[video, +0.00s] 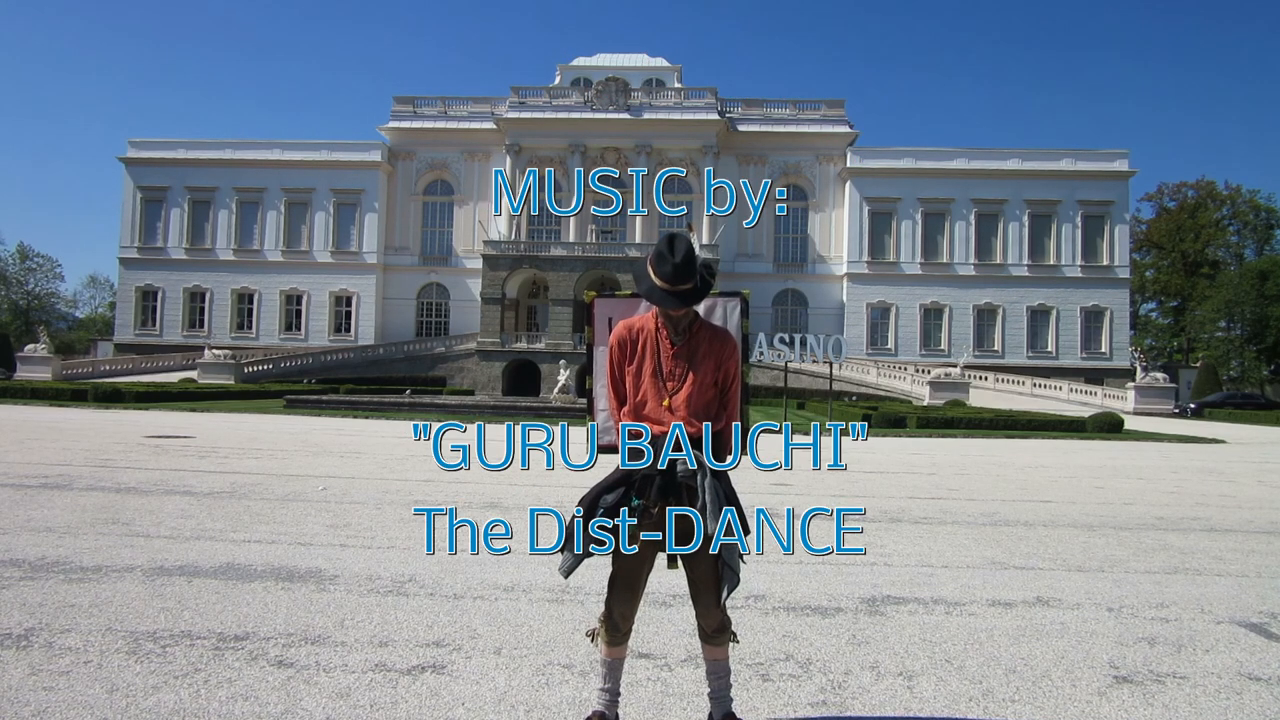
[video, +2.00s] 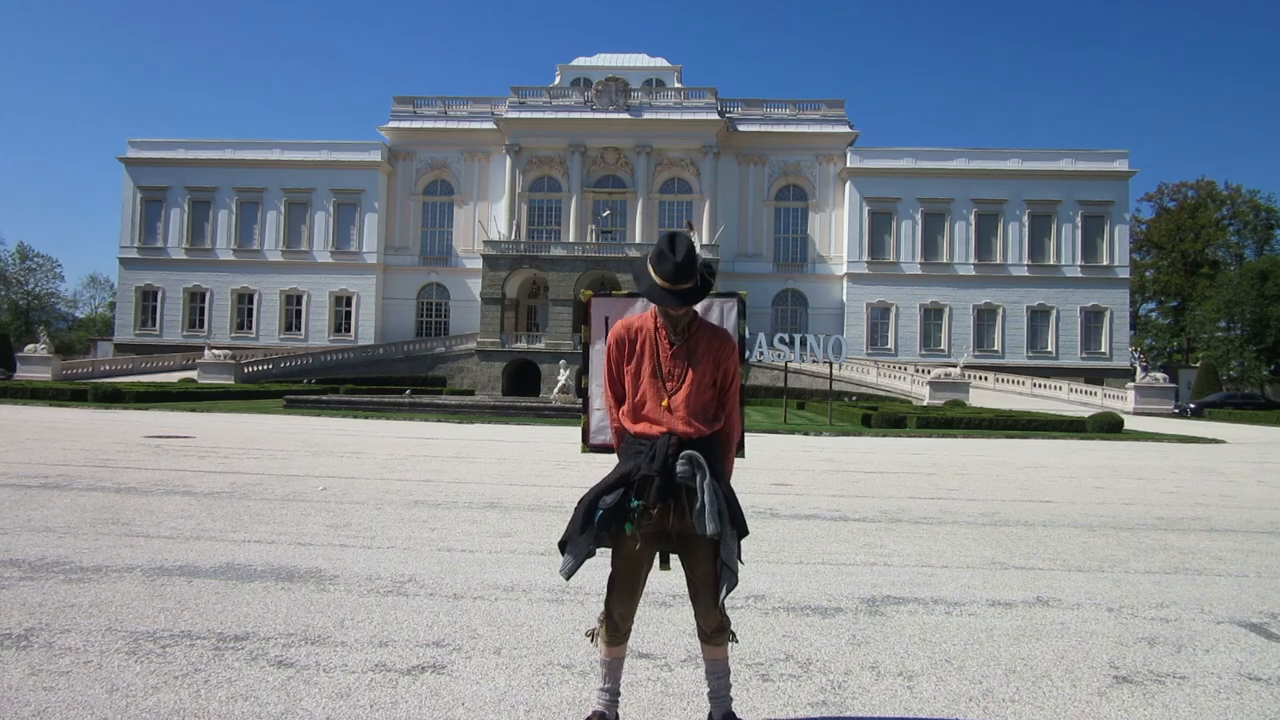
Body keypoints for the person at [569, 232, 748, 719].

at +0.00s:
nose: (677, 310)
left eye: (685, 300)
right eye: (668, 300)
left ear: (698, 291)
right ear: (652, 290)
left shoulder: (723, 345)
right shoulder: (626, 337)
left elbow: (730, 423)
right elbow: (620, 414)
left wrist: (707, 465)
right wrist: (653, 446)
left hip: (701, 492)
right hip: (642, 488)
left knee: (711, 604)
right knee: (621, 600)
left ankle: (721, 706)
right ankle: (607, 701)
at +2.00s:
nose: (677, 308)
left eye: (685, 300)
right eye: (668, 300)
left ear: (698, 293)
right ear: (653, 291)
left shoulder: (721, 344)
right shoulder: (624, 336)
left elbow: (729, 426)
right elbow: (617, 416)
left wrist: (718, 490)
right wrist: (643, 465)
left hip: (699, 490)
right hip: (639, 488)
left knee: (709, 606)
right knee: (620, 604)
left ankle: (721, 705)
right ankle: (607, 701)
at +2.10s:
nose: (678, 308)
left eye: (686, 299)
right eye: (669, 298)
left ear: (698, 292)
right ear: (652, 289)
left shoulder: (720, 344)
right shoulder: (623, 336)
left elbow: (741, 422)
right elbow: (615, 413)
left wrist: (751, 491)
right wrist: (633, 468)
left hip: (700, 486)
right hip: (639, 483)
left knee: (709, 603)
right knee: (621, 599)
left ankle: (721, 706)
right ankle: (607, 700)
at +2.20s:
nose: (676, 314)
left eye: (684, 305)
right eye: (667, 305)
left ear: (697, 298)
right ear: (652, 296)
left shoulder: (718, 342)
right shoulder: (622, 336)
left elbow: (756, 405)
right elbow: (612, 411)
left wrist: (780, 470)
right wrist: (633, 467)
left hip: (698, 481)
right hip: (638, 480)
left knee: (709, 603)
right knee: (620, 599)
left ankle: (720, 706)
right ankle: (606, 701)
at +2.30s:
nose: (678, 314)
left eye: (686, 304)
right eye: (669, 304)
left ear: (698, 297)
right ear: (653, 295)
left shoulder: (717, 338)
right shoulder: (623, 336)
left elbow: (775, 377)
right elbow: (611, 415)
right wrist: (631, 471)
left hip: (699, 481)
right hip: (639, 481)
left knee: (709, 603)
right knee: (620, 601)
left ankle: (721, 706)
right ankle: (606, 702)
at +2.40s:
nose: (679, 317)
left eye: (688, 308)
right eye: (670, 308)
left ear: (701, 299)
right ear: (654, 297)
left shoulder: (717, 335)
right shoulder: (625, 335)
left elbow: (779, 346)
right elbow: (612, 410)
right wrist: (629, 469)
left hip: (699, 478)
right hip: (638, 477)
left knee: (710, 600)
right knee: (621, 599)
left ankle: (721, 706)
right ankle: (606, 702)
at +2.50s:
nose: (678, 317)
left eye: (687, 308)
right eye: (669, 307)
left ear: (701, 296)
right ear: (653, 297)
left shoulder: (718, 329)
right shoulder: (627, 334)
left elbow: (776, 308)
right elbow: (610, 408)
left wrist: (752, 257)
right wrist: (628, 468)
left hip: (698, 475)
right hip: (639, 474)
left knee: (711, 598)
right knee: (623, 594)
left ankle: (721, 707)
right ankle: (606, 700)